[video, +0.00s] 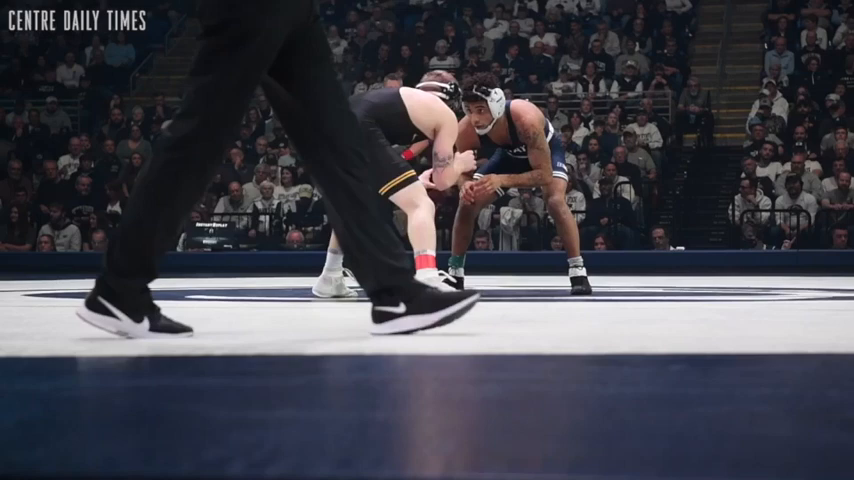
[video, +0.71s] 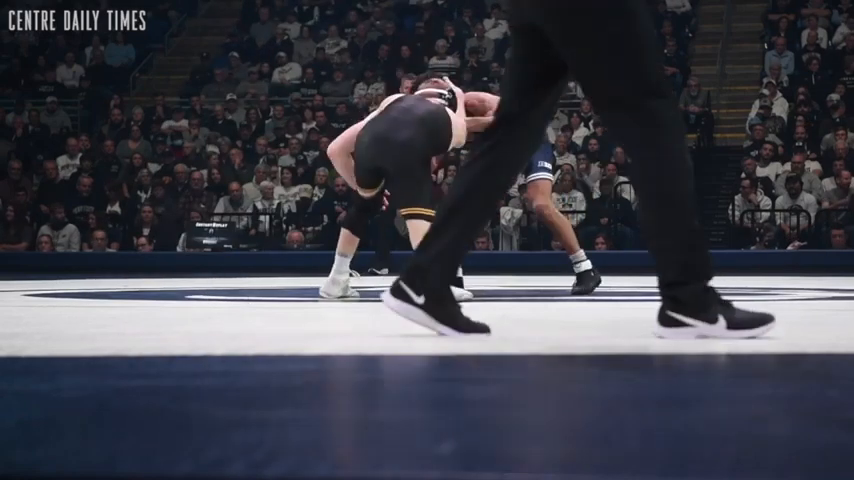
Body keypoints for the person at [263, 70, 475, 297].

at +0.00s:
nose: (471, 116)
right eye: (469, 111)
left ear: (428, 90)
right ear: (454, 103)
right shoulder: (446, 119)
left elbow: (390, 159)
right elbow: (441, 181)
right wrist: (459, 165)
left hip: (337, 126)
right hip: (362, 130)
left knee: (349, 202)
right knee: (420, 204)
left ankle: (330, 277)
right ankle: (427, 275)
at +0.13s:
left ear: (426, 79)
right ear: (451, 85)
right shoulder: (447, 104)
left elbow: (391, 146)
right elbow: (465, 163)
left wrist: (433, 165)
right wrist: (478, 150)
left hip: (337, 128)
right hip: (373, 137)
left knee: (356, 198)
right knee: (420, 203)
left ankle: (333, 276)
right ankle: (431, 279)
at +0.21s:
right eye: (455, 92)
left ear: (429, 76)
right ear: (450, 85)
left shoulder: (404, 88)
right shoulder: (443, 101)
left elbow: (415, 139)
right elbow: (475, 149)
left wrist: (450, 163)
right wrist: (488, 142)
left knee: (353, 199)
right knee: (422, 205)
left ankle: (331, 277)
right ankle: (431, 277)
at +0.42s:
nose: (479, 120)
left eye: (482, 111)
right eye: (475, 110)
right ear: (459, 105)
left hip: (333, 136)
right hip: (366, 138)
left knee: (355, 198)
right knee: (401, 207)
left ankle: (334, 279)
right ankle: (416, 284)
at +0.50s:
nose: (497, 137)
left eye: (502, 134)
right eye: (501, 131)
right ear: (495, 118)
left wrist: (480, 159)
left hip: (340, 135)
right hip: (378, 137)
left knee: (348, 200)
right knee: (405, 212)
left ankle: (333, 277)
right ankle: (423, 281)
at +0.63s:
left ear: (403, 92)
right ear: (437, 99)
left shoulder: (378, 99)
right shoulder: (443, 124)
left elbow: (333, 162)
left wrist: (370, 195)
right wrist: (395, 195)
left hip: (358, 142)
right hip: (399, 147)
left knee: (358, 197)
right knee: (412, 231)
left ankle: (335, 277)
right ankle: (430, 280)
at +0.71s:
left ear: (417, 93)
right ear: (448, 101)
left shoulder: (391, 104)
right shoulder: (453, 120)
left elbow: (336, 150)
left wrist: (366, 191)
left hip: (369, 142)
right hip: (410, 147)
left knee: (363, 204)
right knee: (424, 238)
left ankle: (336, 279)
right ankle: (437, 286)